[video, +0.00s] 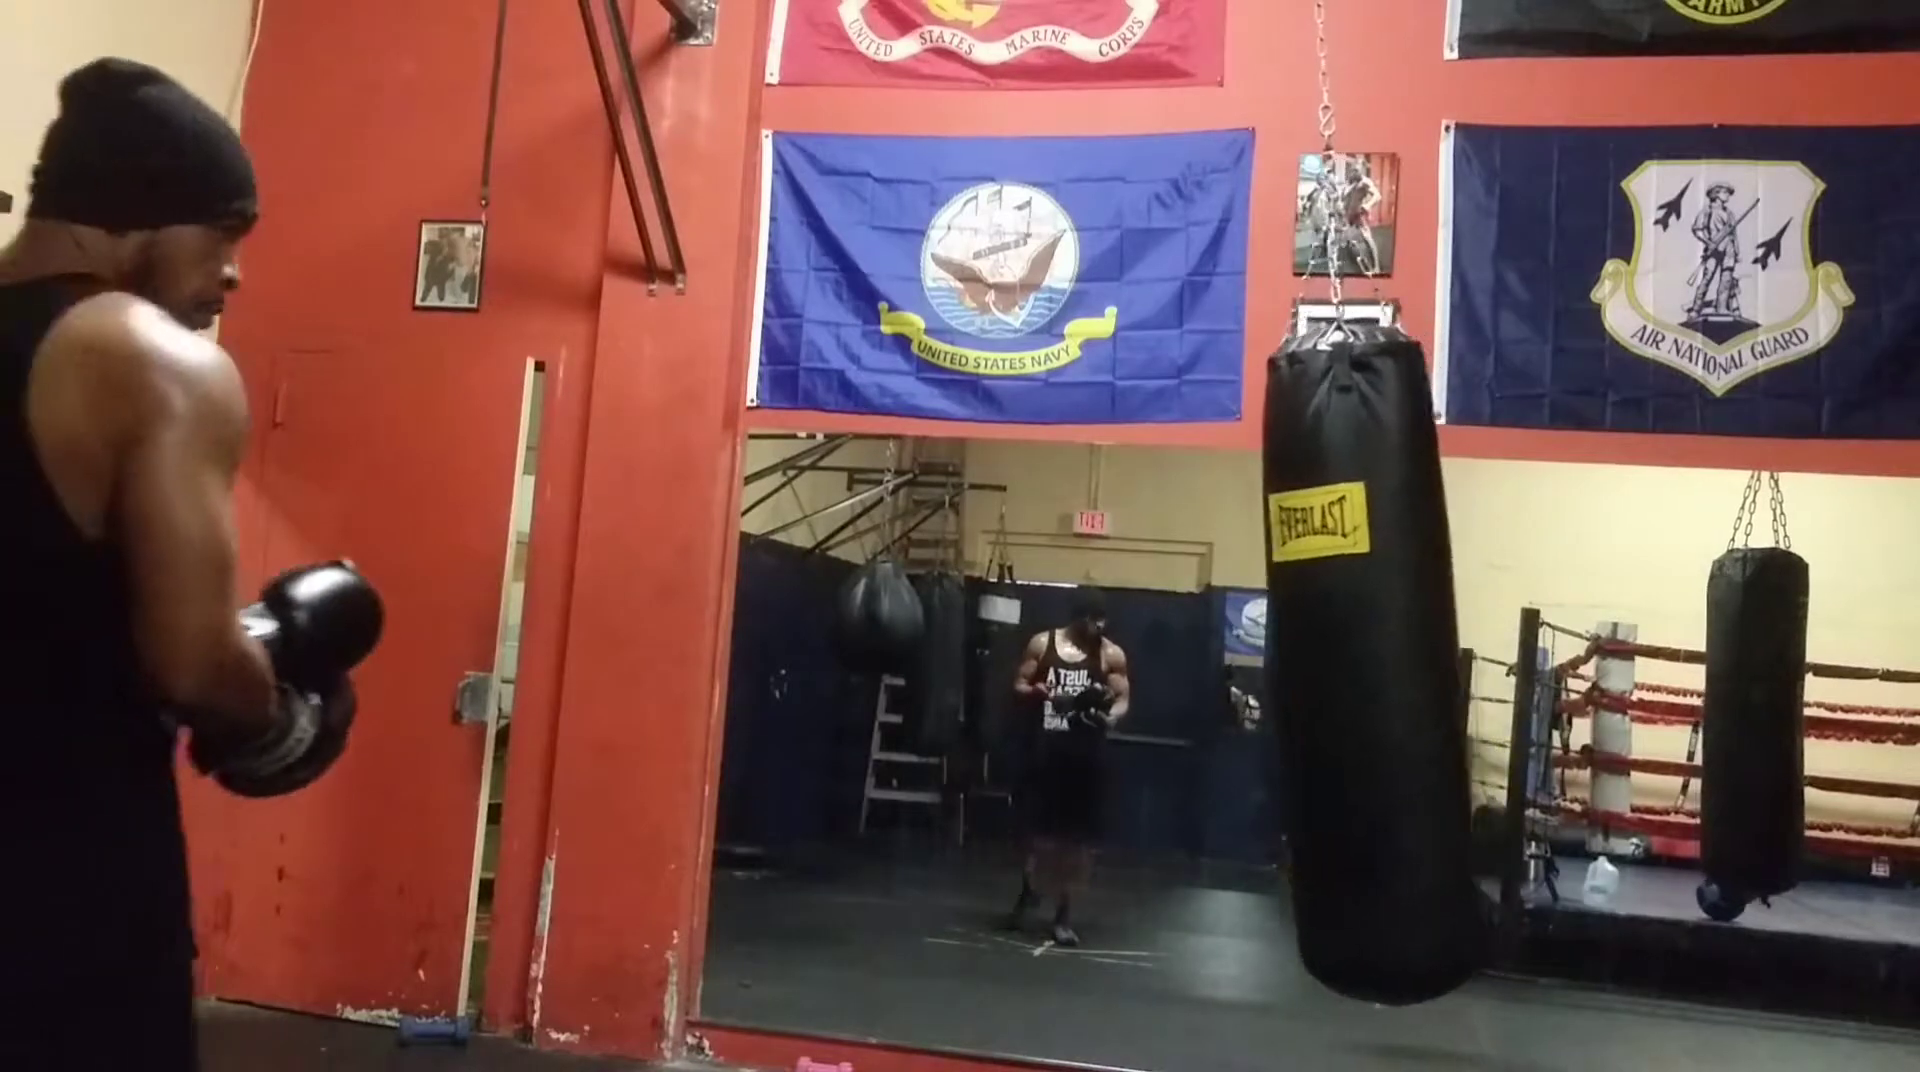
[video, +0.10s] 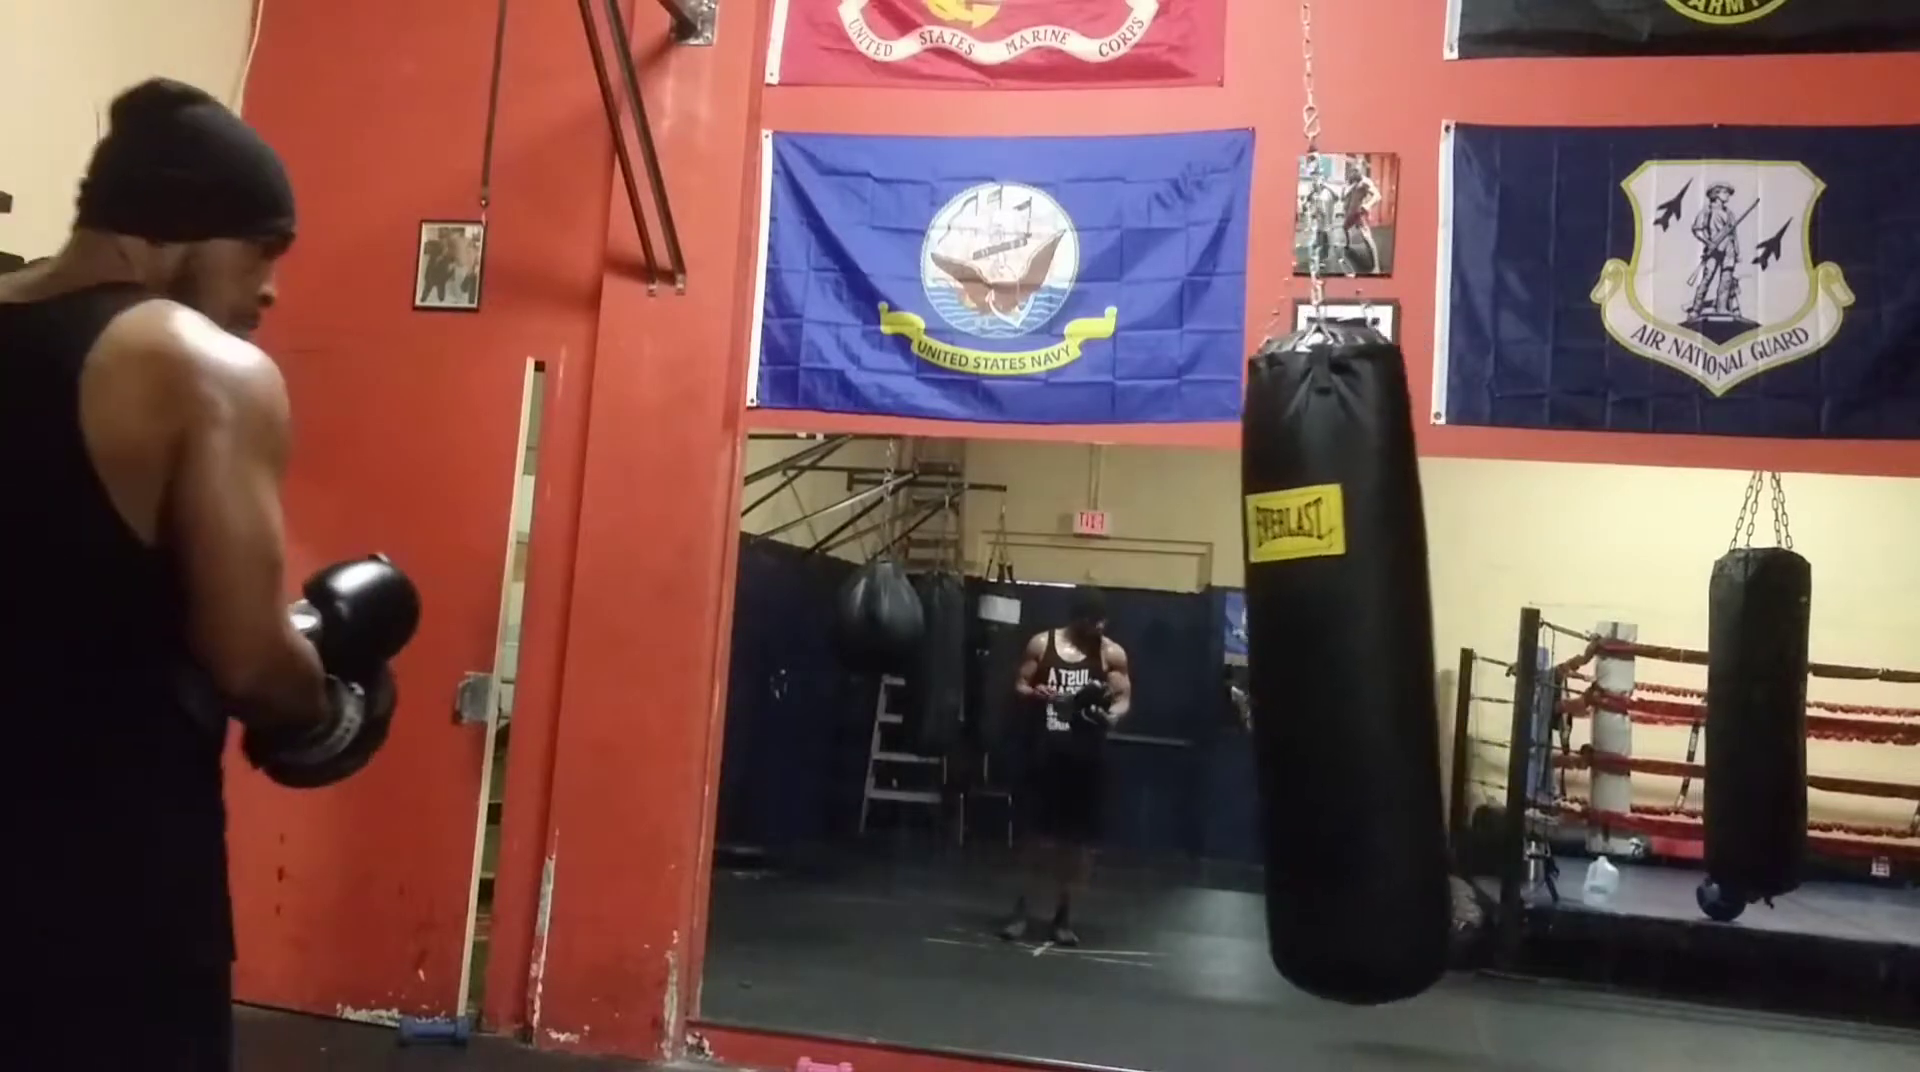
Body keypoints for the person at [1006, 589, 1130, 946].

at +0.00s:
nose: (1098, 626)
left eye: (1102, 620)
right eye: (1092, 619)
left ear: (1105, 620)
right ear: (1076, 617)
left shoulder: (1112, 654)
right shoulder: (1043, 644)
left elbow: (1121, 700)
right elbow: (1020, 684)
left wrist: (1108, 716)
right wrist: (1036, 689)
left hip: (1085, 755)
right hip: (1045, 752)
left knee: (1078, 838)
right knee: (1039, 831)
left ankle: (1064, 918)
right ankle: (1030, 889)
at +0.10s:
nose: (1098, 630)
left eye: (1101, 623)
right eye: (1092, 623)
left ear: (1104, 621)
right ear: (1075, 619)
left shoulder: (1113, 653)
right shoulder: (1043, 644)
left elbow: (1123, 698)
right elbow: (1020, 686)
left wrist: (1111, 714)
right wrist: (1041, 693)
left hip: (1086, 757)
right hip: (1045, 753)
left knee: (1078, 841)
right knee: (1036, 835)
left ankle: (1063, 920)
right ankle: (1021, 913)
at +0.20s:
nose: (1095, 631)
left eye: (1099, 625)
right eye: (1089, 625)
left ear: (1103, 622)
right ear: (1073, 620)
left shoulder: (1112, 654)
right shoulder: (1041, 645)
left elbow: (1122, 699)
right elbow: (1020, 687)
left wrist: (1110, 713)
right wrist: (1038, 697)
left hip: (1085, 756)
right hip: (1041, 753)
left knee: (1078, 838)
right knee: (1030, 832)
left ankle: (1063, 918)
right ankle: (1024, 914)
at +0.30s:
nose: (1092, 630)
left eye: (1095, 623)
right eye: (1086, 623)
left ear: (1100, 621)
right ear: (1069, 620)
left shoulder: (1109, 653)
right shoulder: (1039, 646)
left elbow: (1120, 700)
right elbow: (1018, 688)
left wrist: (1105, 715)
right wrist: (1036, 699)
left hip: (1083, 755)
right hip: (1042, 751)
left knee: (1075, 837)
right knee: (1031, 831)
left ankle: (1063, 919)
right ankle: (1026, 917)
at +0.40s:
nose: (1090, 628)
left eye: (1093, 622)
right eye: (1084, 622)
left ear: (1094, 621)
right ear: (1067, 619)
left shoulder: (1106, 653)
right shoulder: (1035, 647)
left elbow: (1117, 700)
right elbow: (1015, 691)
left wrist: (1102, 716)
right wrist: (1035, 701)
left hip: (1081, 756)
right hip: (1039, 753)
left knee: (1074, 838)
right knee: (1031, 834)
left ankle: (1062, 920)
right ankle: (1030, 921)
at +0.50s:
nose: (1081, 624)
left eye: (1084, 616)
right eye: (1074, 617)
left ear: (1088, 617)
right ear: (1058, 617)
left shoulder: (1100, 652)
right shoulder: (1029, 648)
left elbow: (1107, 700)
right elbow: (1009, 693)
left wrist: (1098, 709)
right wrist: (1032, 703)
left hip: (1081, 757)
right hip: (1037, 756)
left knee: (1072, 840)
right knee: (1032, 838)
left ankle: (1061, 921)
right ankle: (1031, 924)